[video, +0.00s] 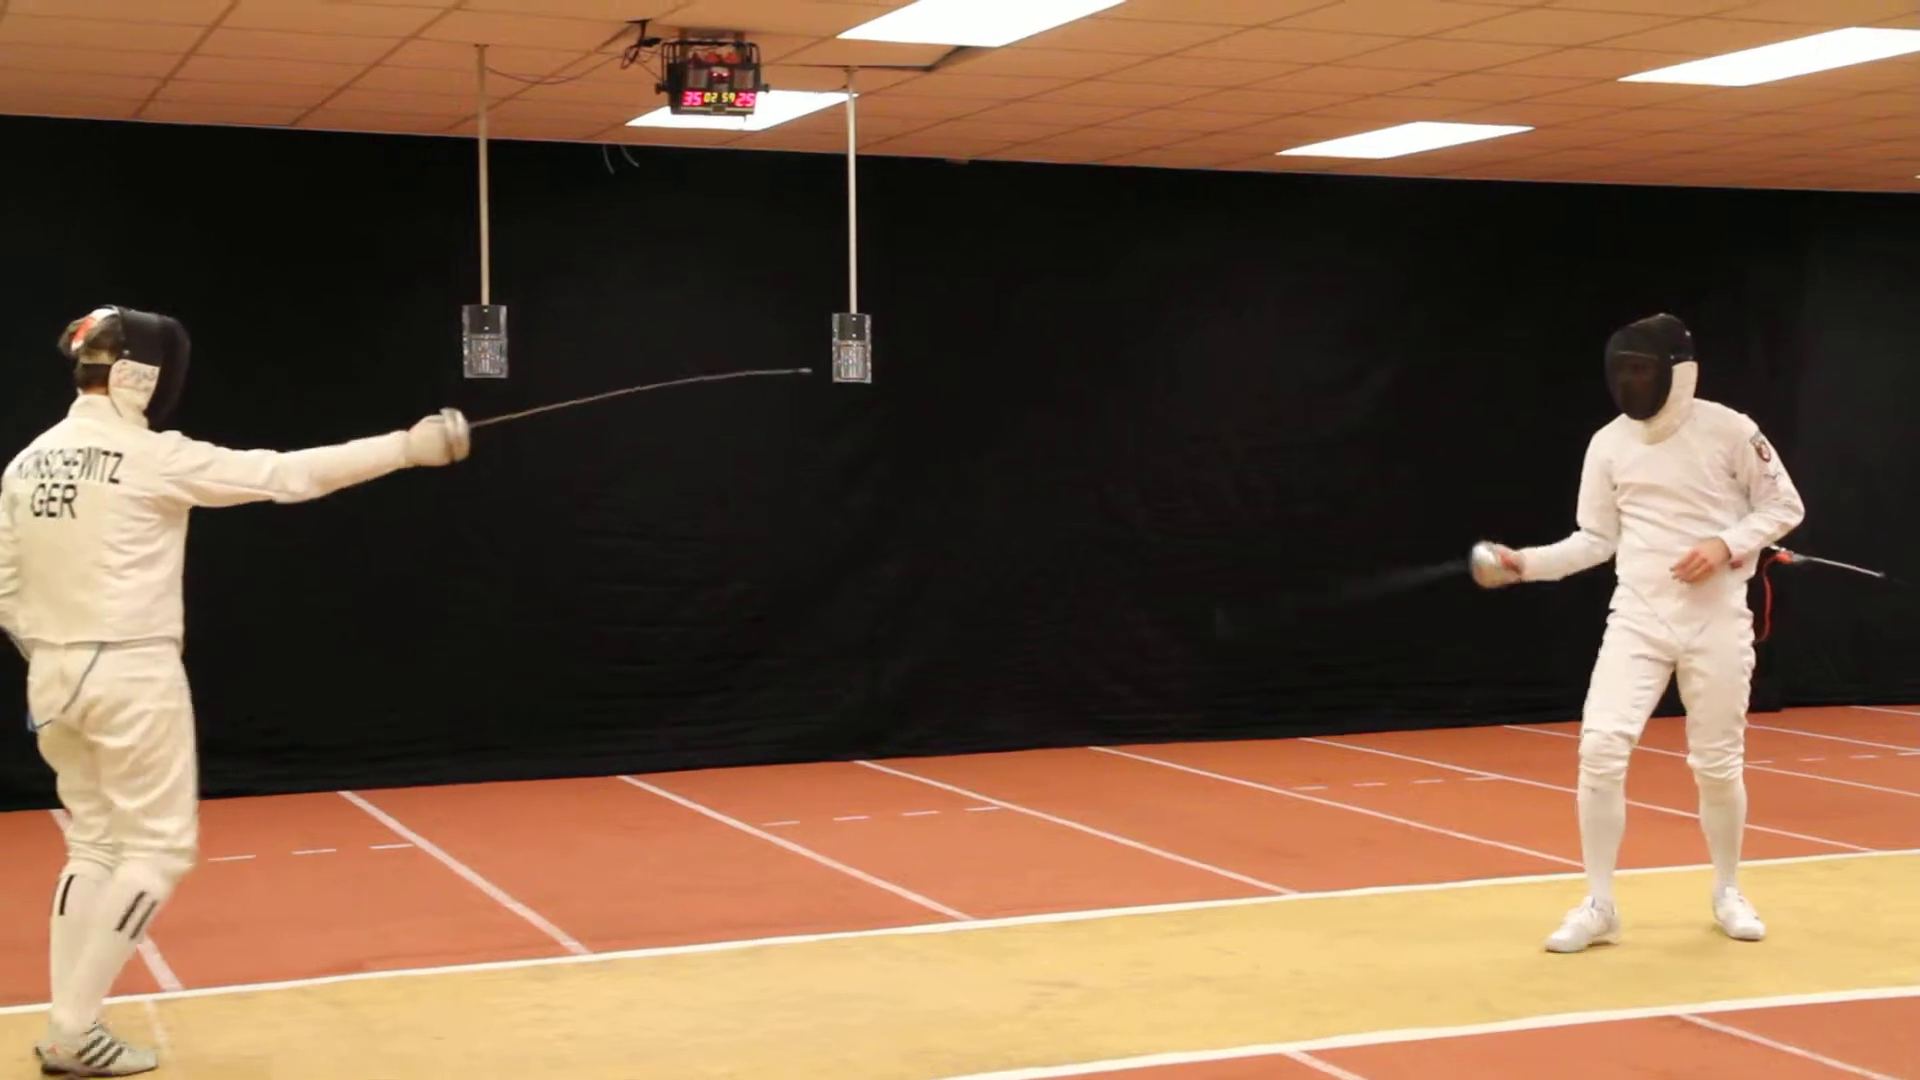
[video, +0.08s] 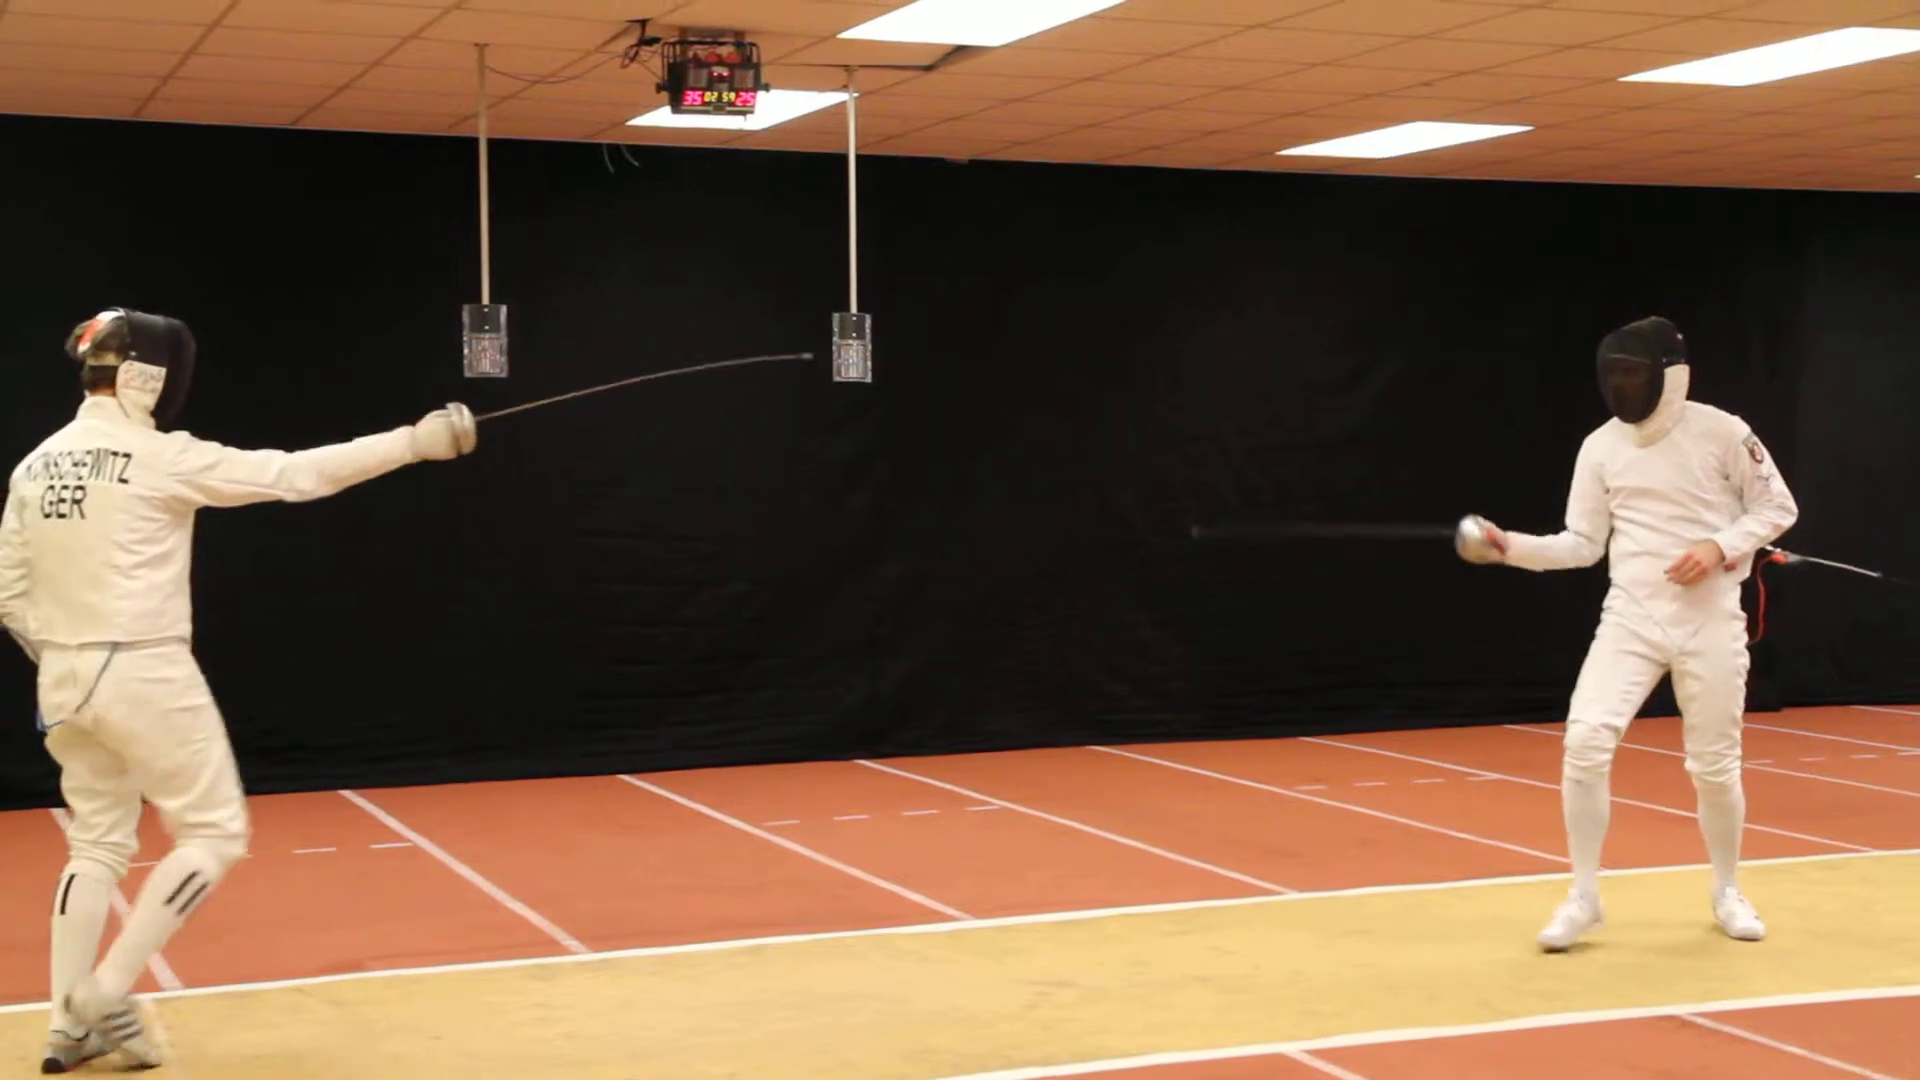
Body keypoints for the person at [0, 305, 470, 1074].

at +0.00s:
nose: (162, 392)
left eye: (163, 378)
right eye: (160, 378)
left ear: (83, 371)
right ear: (138, 376)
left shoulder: (21, 469)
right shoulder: (151, 456)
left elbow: (11, 598)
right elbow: (288, 474)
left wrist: (62, 660)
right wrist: (412, 444)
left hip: (52, 678)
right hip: (136, 675)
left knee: (92, 845)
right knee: (156, 847)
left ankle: (68, 1027)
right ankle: (73, 1027)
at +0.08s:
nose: (168, 393)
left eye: (169, 380)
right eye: (166, 380)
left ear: (91, 373)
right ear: (144, 378)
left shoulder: (30, 471)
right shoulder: (159, 456)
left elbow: (15, 599)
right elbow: (298, 475)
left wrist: (71, 662)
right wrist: (418, 440)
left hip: (65, 682)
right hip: (150, 675)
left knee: (96, 845)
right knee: (213, 833)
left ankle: (71, 1026)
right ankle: (106, 992)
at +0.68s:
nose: (383, 421)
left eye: (374, 407)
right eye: (378, 409)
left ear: (311, 412)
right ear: (364, 417)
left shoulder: (248, 488)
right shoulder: (379, 495)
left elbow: (192, 589)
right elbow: (504, 536)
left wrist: (243, 664)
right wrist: (611, 495)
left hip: (253, 694)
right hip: (347, 692)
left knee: (209, 852)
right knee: (458, 815)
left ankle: (101, 1001)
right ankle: (481, 984)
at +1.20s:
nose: (437, 425)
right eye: (435, 413)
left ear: (364, 407)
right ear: (423, 417)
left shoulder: (293, 477)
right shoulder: (425, 491)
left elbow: (216, 556)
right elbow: (527, 564)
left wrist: (259, 634)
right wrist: (636, 532)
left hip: (277, 678)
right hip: (369, 681)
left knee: (223, 839)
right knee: (469, 814)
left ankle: (129, 997)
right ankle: (481, 983)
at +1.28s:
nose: (415, 434)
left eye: (406, 418)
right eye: (412, 421)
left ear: (340, 418)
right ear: (397, 426)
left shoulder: (268, 489)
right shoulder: (397, 501)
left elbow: (191, 572)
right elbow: (501, 573)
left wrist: (238, 647)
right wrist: (611, 536)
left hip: (254, 693)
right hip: (349, 693)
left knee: (205, 848)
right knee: (459, 815)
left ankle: (111, 1011)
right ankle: (480, 984)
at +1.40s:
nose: (355, 435)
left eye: (350, 421)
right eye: (350, 421)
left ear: (297, 418)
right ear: (333, 425)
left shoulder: (221, 494)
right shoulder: (353, 506)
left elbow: (146, 574)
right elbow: (458, 578)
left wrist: (198, 656)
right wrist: (570, 547)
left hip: (210, 697)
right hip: (310, 699)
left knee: (174, 853)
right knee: (417, 828)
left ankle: (106, 1016)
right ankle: (477, 985)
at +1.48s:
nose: (341, 427)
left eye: (340, 415)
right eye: (337, 415)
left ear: (268, 407)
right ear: (318, 415)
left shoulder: (197, 483)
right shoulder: (328, 495)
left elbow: (123, 566)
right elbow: (433, 572)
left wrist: (179, 644)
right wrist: (546, 544)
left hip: (190, 689)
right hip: (286, 691)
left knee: (165, 848)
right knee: (387, 827)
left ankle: (105, 1016)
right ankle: (462, 984)